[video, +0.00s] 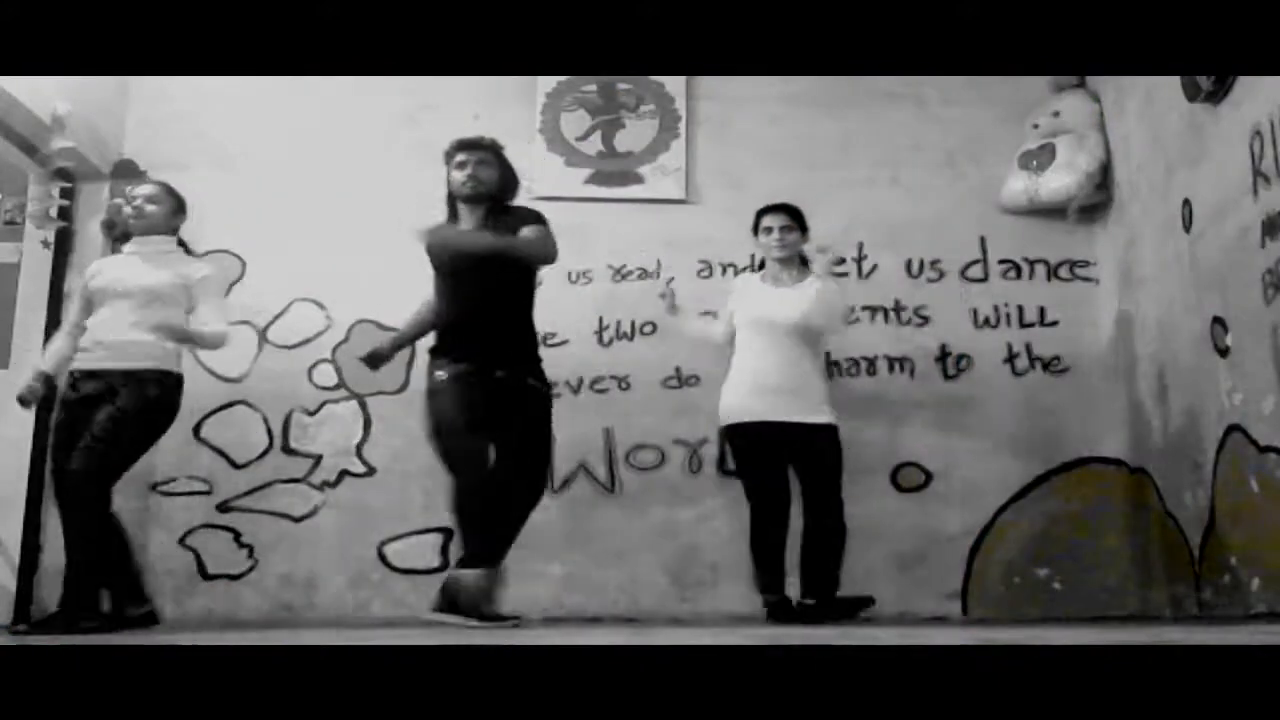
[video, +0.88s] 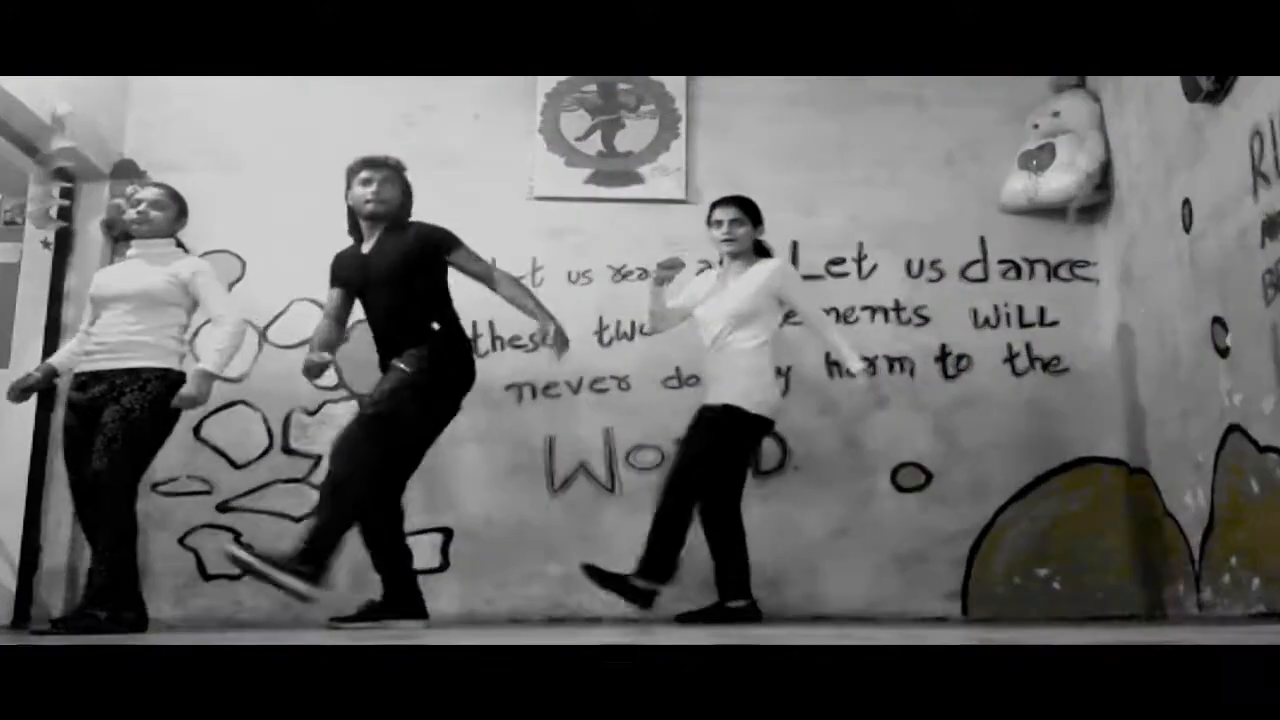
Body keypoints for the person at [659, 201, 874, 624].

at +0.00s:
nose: (777, 237)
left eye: (786, 230)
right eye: (769, 231)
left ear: (803, 237)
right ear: (757, 240)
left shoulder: (820, 287)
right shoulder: (743, 287)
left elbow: (819, 322)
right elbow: (722, 335)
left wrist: (820, 272)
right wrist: (676, 314)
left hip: (808, 413)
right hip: (750, 412)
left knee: (824, 507)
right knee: (768, 506)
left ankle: (819, 596)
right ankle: (773, 597)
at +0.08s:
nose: (746, 257)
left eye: (753, 251)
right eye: (739, 252)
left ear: (768, 258)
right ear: (729, 261)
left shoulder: (782, 296)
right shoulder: (718, 300)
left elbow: (784, 320)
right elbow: (702, 343)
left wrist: (785, 280)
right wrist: (665, 328)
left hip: (771, 403)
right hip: (722, 404)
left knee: (777, 483)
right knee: (739, 486)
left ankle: (785, 559)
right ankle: (752, 562)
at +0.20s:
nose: (734, 253)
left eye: (742, 247)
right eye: (726, 249)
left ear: (756, 254)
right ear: (717, 256)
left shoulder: (775, 293)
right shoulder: (708, 297)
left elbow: (827, 321)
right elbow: (665, 332)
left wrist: (827, 289)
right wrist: (635, 312)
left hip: (763, 397)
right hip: (717, 399)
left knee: (745, 479)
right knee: (727, 482)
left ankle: (743, 556)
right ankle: (753, 558)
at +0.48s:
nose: (710, 253)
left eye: (718, 247)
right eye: (704, 248)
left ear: (735, 253)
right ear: (697, 256)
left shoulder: (750, 287)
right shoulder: (697, 298)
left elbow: (790, 324)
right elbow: (670, 342)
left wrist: (823, 356)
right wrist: (659, 321)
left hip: (731, 392)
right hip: (702, 394)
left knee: (686, 463)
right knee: (686, 465)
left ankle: (715, 553)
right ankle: (711, 552)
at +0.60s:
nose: (710, 255)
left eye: (718, 249)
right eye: (703, 250)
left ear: (735, 254)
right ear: (697, 257)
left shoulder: (751, 291)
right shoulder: (696, 298)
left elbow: (790, 332)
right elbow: (661, 339)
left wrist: (814, 377)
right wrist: (651, 313)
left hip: (728, 392)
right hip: (703, 391)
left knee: (652, 448)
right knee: (697, 474)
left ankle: (690, 524)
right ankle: (720, 559)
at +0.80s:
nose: (711, 253)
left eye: (719, 247)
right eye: (704, 248)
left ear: (736, 252)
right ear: (698, 255)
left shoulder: (750, 288)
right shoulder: (698, 295)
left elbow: (789, 329)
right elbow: (654, 331)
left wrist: (813, 372)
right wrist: (652, 300)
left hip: (725, 392)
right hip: (704, 391)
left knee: (652, 452)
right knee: (702, 477)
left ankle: (673, 533)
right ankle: (721, 560)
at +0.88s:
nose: (727, 231)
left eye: (737, 223)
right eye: (718, 225)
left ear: (756, 230)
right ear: (711, 233)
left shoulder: (774, 273)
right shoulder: (708, 282)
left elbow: (817, 320)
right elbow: (659, 322)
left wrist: (853, 361)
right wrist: (657, 283)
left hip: (746, 400)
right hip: (719, 399)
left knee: (681, 484)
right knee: (719, 503)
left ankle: (645, 582)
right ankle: (737, 600)